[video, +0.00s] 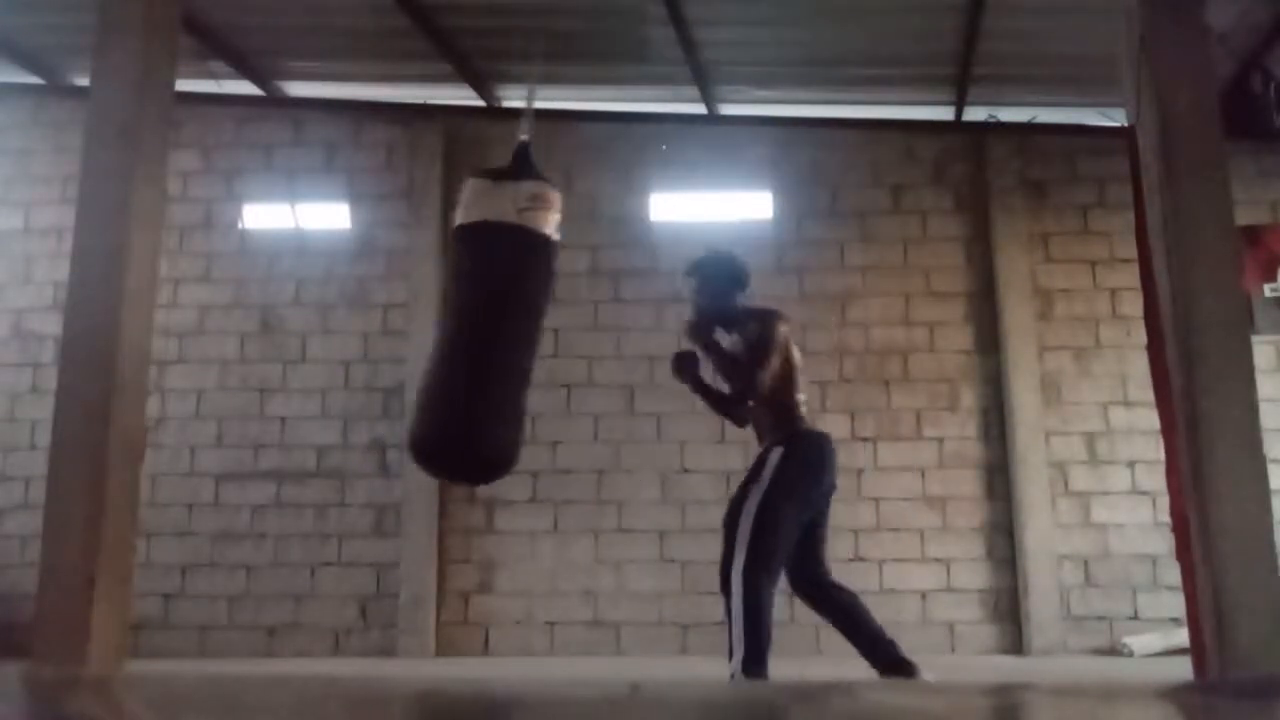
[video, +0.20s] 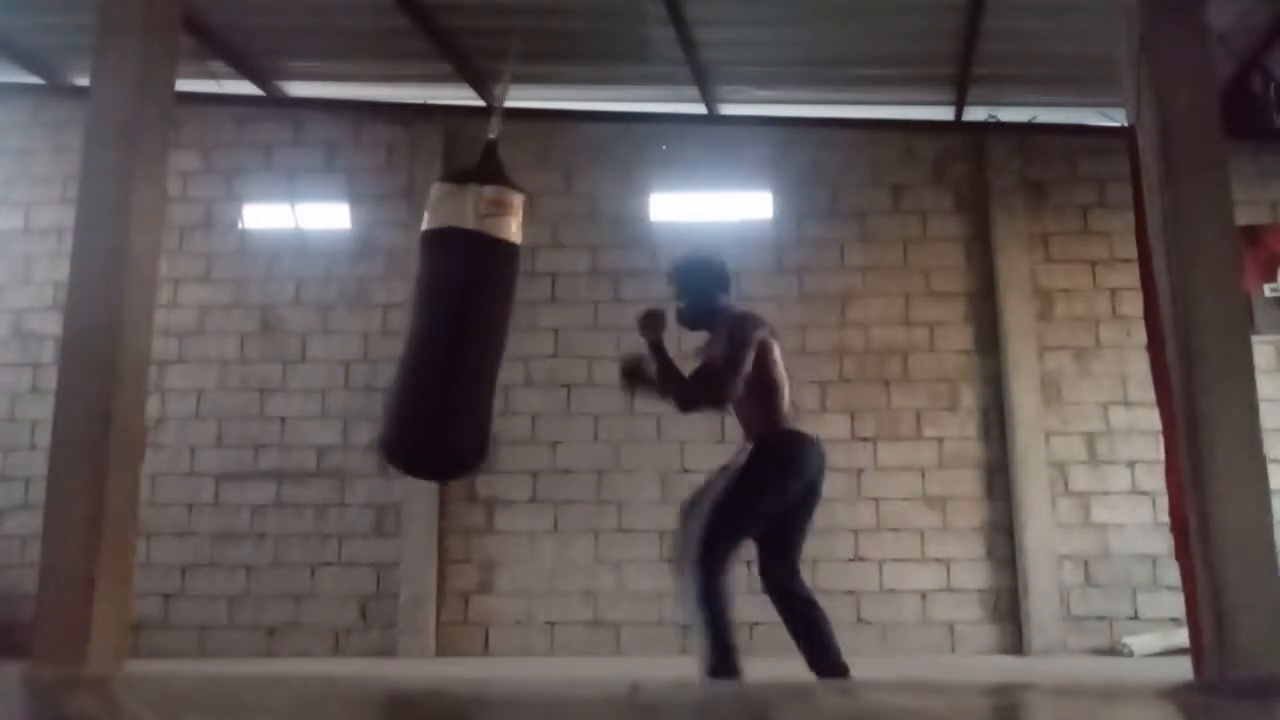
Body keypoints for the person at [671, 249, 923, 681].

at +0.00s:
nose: (692, 298)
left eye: (699, 287)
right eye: (692, 288)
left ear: (722, 288)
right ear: (728, 290)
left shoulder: (765, 323)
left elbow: (751, 386)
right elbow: (738, 411)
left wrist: (705, 338)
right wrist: (695, 382)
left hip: (791, 453)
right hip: (807, 452)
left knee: (744, 565)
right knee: (809, 578)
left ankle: (748, 680)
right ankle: (896, 669)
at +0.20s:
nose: (677, 305)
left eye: (684, 295)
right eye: (676, 295)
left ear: (708, 293)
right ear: (708, 295)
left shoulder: (744, 326)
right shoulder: (721, 343)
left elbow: (716, 392)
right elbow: (688, 398)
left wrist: (657, 344)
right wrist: (651, 382)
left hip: (777, 455)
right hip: (794, 456)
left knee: (708, 553)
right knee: (780, 575)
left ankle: (723, 676)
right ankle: (837, 680)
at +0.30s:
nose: (666, 313)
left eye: (672, 303)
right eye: (667, 303)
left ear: (696, 304)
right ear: (705, 305)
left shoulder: (724, 341)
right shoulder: (741, 343)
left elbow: (682, 402)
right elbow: (686, 404)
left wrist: (648, 356)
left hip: (750, 459)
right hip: (785, 460)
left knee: (663, 546)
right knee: (782, 578)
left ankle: (671, 664)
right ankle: (836, 679)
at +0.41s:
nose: (647, 318)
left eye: (653, 308)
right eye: (647, 308)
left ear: (671, 308)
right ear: (694, 309)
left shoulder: (683, 341)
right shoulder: (731, 344)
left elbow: (630, 351)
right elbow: (720, 424)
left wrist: (572, 350)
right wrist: (660, 408)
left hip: (725, 462)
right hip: (769, 462)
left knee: (655, 560)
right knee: (773, 579)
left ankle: (615, 671)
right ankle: (832, 675)